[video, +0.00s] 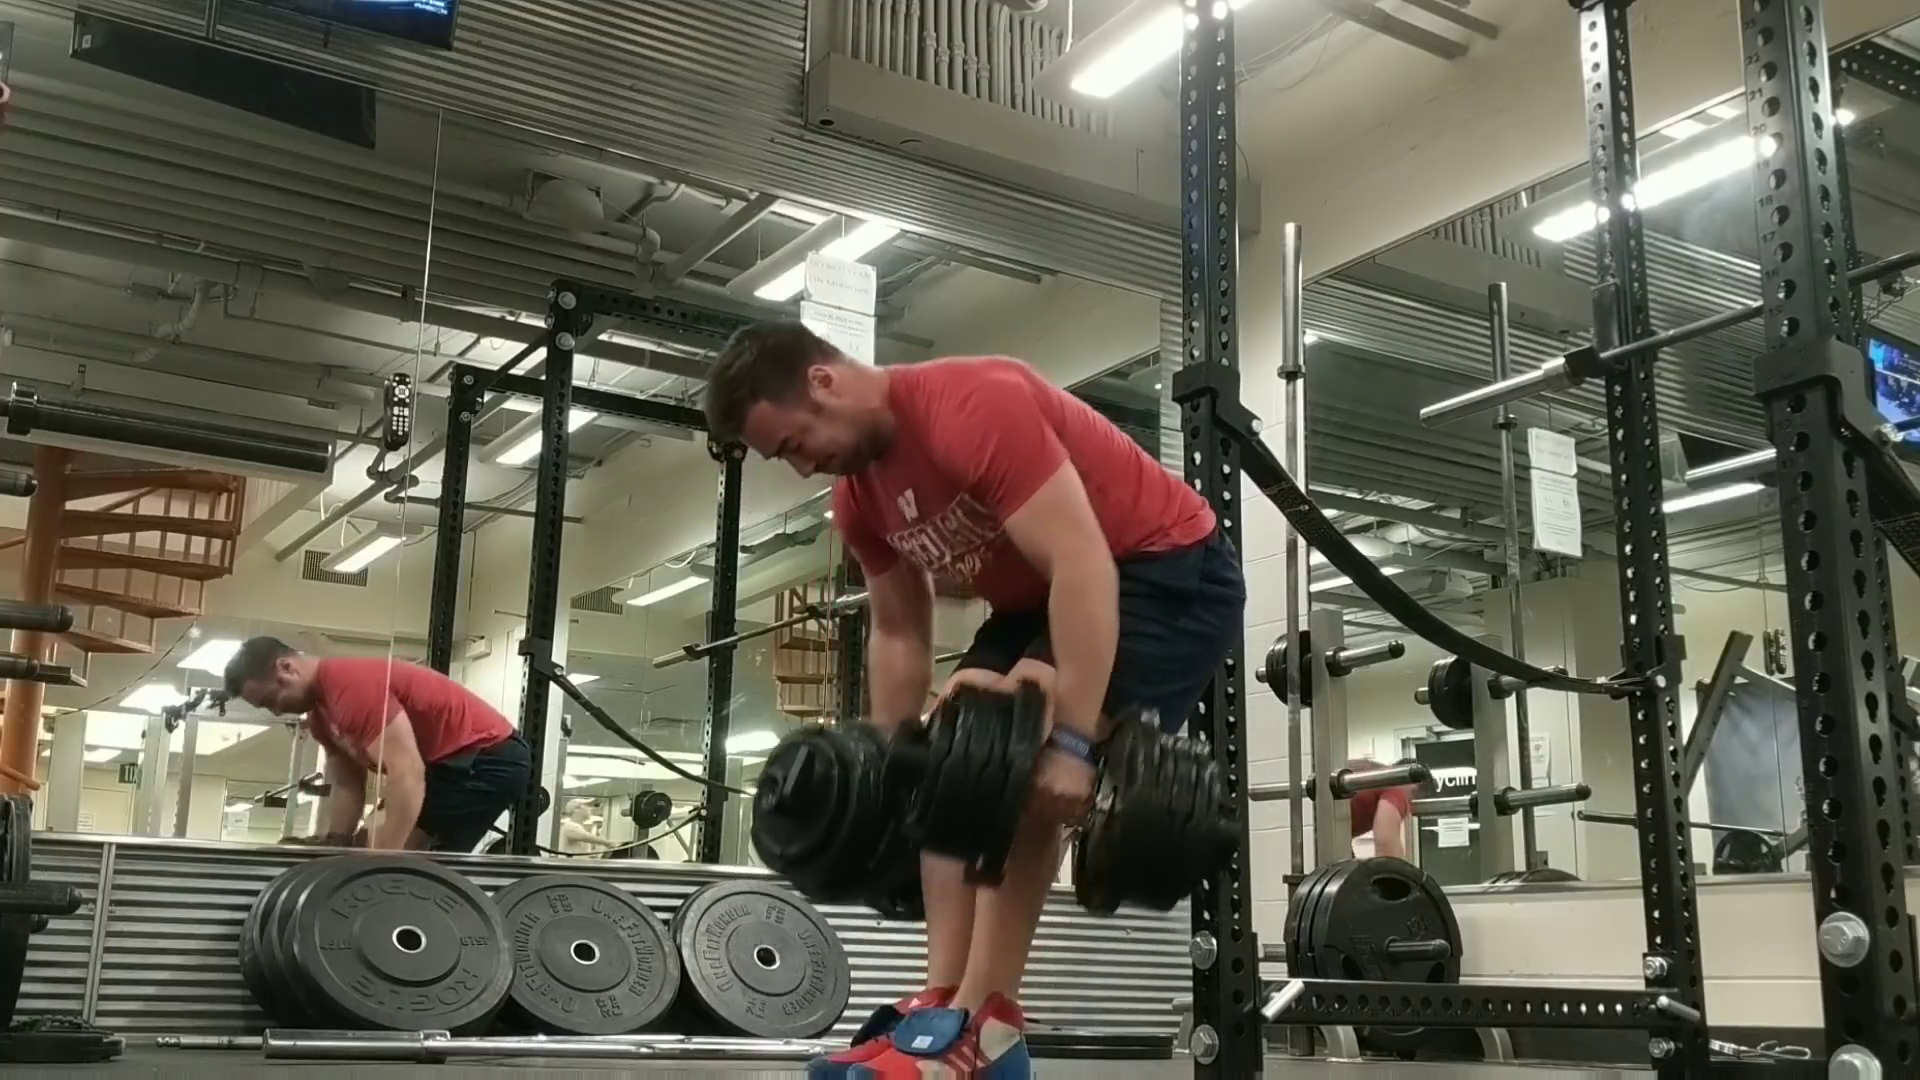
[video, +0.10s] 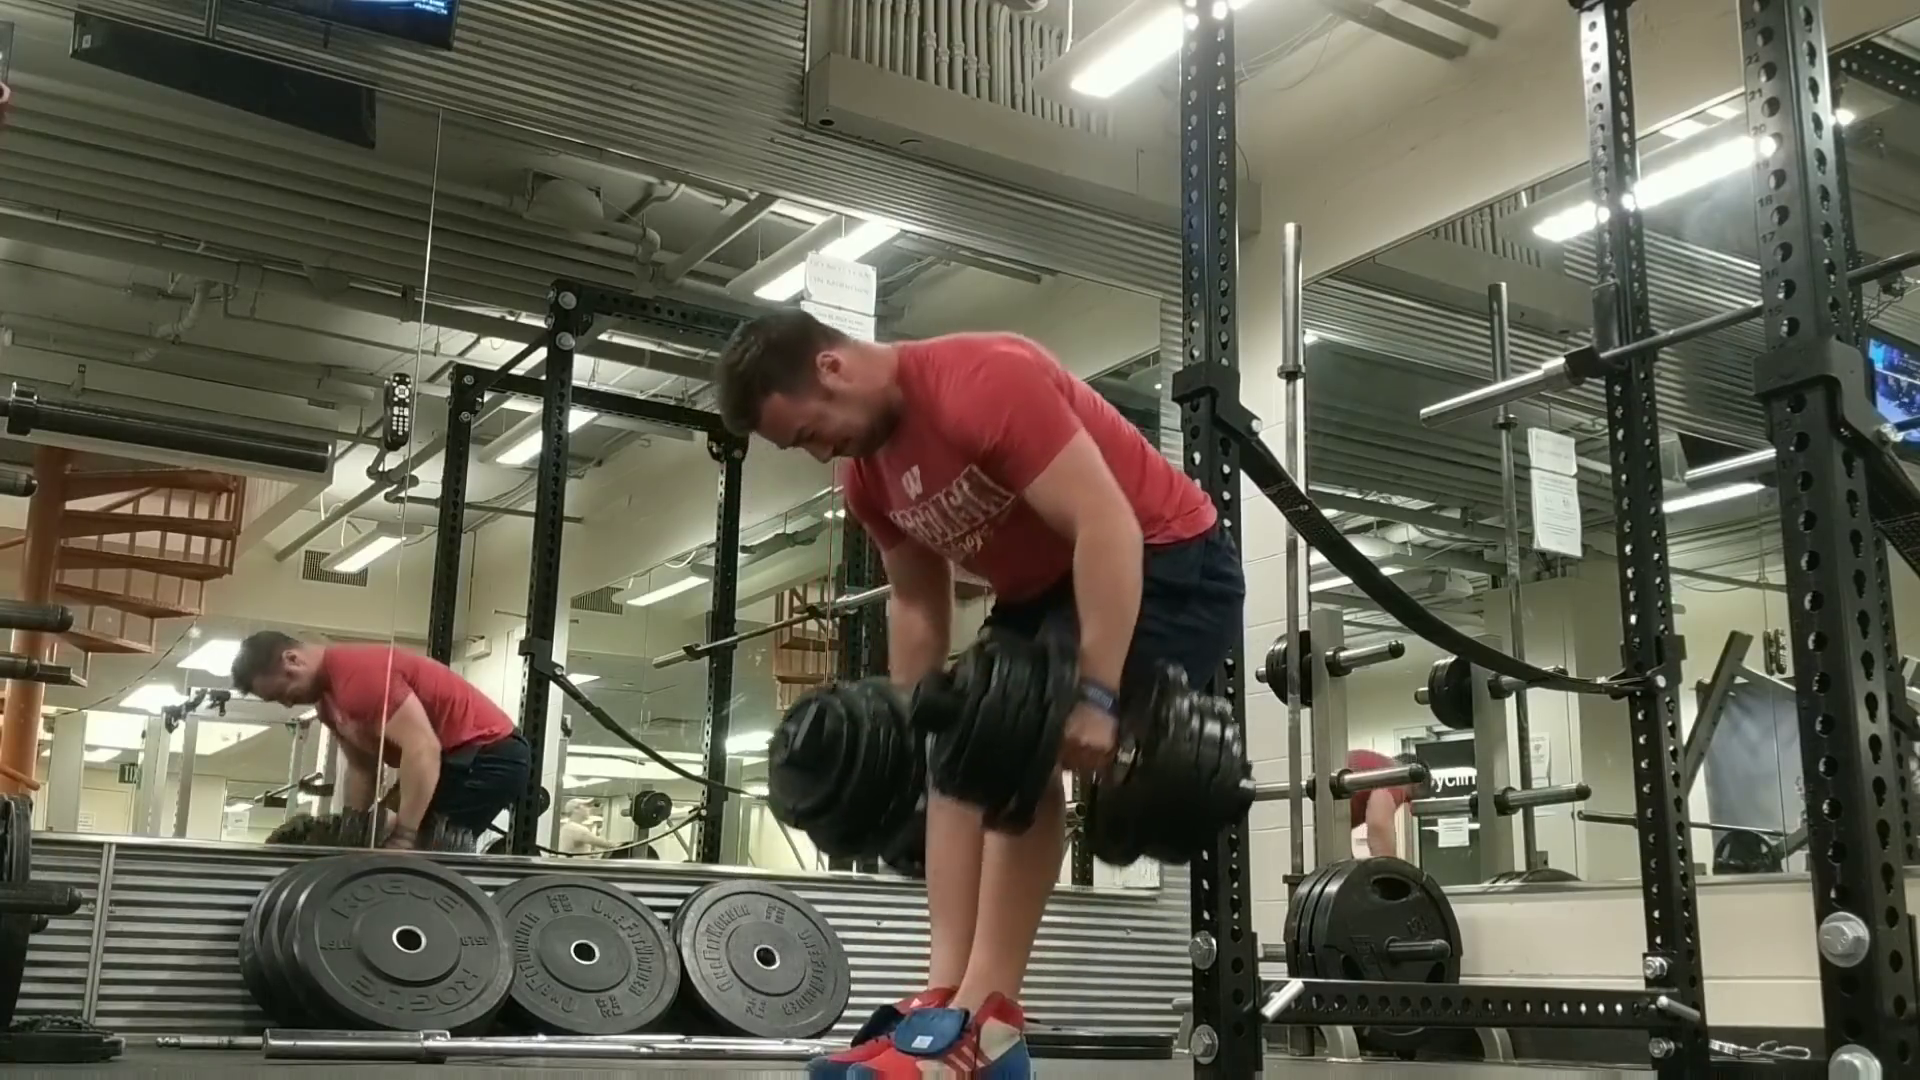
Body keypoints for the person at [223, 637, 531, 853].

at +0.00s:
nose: (273, 714)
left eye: (268, 702)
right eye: (264, 708)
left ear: (286, 670)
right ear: (288, 671)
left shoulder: (349, 686)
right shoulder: (321, 714)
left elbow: (407, 773)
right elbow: (348, 784)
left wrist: (377, 867)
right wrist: (331, 852)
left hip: (488, 758)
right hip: (455, 764)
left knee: (401, 856)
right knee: (400, 860)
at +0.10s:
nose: (288, 706)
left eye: (282, 695)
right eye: (278, 701)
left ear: (293, 661)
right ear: (293, 662)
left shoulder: (357, 674)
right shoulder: (327, 699)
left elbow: (424, 750)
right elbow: (362, 768)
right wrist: (349, 836)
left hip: (490, 755)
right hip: (453, 759)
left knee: (422, 854)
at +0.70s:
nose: (290, 714)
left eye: (281, 707)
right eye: (280, 712)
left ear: (288, 674)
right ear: (290, 673)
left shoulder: (354, 678)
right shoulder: (331, 702)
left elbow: (423, 749)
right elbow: (367, 770)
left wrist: (405, 835)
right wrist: (346, 830)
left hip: (490, 755)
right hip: (453, 760)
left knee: (423, 862)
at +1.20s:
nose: (255, 737)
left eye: (251, 724)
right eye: (246, 730)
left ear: (273, 694)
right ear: (273, 694)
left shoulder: (337, 715)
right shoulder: (306, 741)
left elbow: (354, 827)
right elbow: (308, 830)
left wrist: (341, 923)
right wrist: (297, 912)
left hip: (488, 761)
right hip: (454, 770)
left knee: (378, 841)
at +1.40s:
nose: (251, 744)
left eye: (249, 731)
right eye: (243, 737)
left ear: (272, 702)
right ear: (271, 703)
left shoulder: (335, 725)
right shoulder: (305, 751)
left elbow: (349, 836)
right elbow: (300, 839)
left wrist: (329, 928)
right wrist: (275, 911)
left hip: (489, 761)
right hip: (460, 769)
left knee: (378, 842)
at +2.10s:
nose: (303, 701)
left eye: (295, 692)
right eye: (293, 698)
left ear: (300, 657)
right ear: (301, 655)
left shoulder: (364, 661)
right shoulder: (338, 687)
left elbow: (439, 724)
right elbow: (379, 744)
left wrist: (420, 811)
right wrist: (363, 810)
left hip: (490, 756)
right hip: (454, 758)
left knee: (436, 868)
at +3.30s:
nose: (251, 743)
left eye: (249, 730)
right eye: (243, 737)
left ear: (272, 702)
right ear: (272, 704)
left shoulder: (335, 725)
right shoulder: (304, 753)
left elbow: (349, 834)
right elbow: (302, 839)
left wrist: (325, 923)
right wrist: (277, 908)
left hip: (488, 762)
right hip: (455, 771)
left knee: (371, 846)